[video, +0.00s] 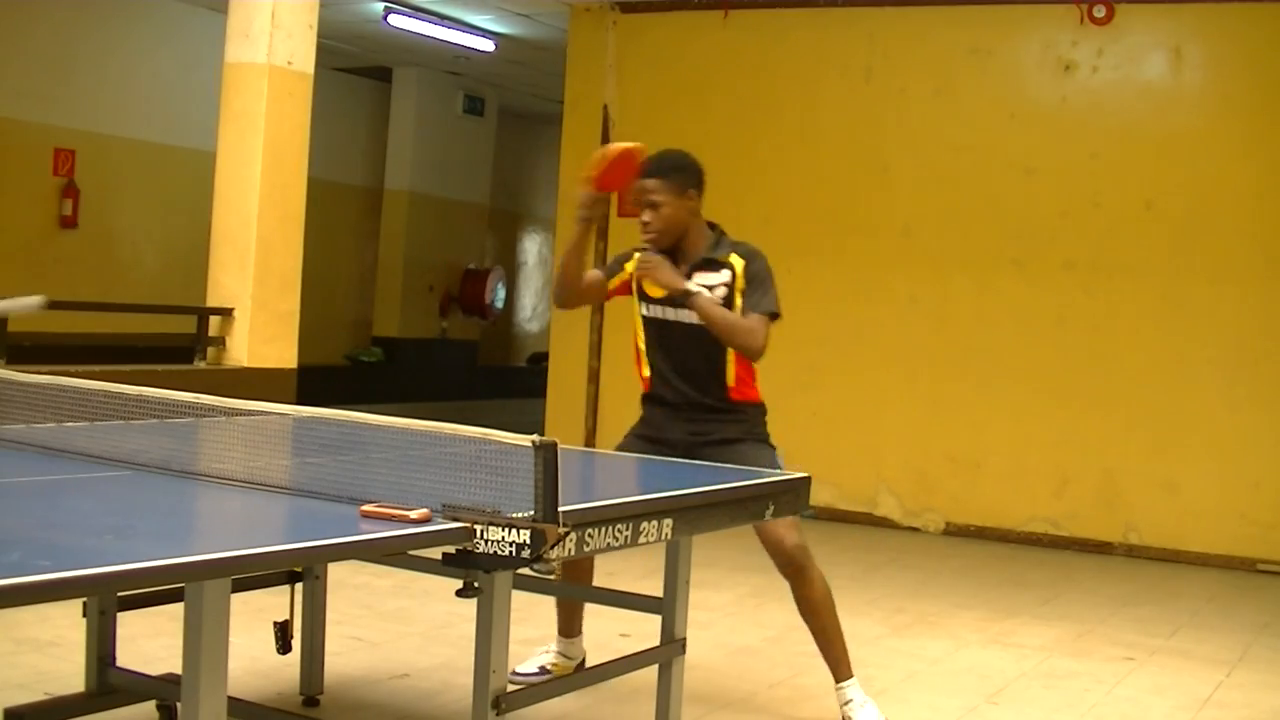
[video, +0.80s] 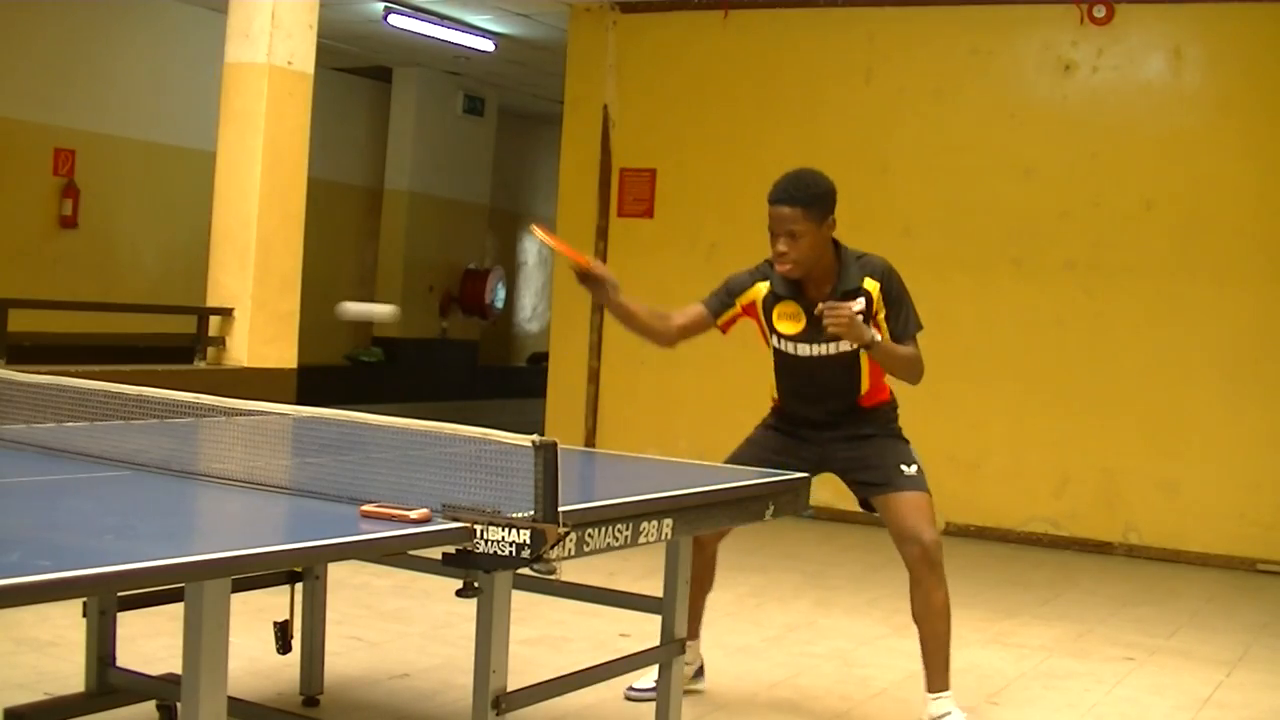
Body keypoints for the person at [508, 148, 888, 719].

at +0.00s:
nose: (642, 218)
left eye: (653, 205)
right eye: (637, 206)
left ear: (693, 202)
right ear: (636, 206)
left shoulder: (742, 262)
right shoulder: (643, 262)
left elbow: (754, 341)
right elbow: (569, 295)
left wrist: (682, 288)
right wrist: (584, 221)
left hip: (734, 435)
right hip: (657, 431)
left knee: (790, 547)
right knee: (575, 521)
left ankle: (849, 692)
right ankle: (567, 652)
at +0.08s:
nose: (682, 223)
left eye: (695, 212)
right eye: (676, 211)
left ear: (727, 211)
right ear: (670, 212)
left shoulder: (765, 275)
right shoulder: (662, 266)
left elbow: (775, 356)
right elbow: (601, 307)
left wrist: (717, 291)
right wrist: (633, 232)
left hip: (745, 438)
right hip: (666, 434)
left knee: (811, 548)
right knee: (582, 525)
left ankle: (857, 693)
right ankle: (565, 653)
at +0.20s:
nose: (716, 210)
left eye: (730, 198)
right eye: (711, 197)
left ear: (764, 198)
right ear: (705, 199)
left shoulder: (806, 259)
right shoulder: (704, 257)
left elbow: (821, 352)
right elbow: (661, 358)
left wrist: (758, 301)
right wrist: (671, 298)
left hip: (796, 427)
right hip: (719, 424)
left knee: (845, 543)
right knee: (639, 522)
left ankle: (871, 691)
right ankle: (588, 650)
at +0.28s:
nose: (730, 212)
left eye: (744, 200)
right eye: (725, 199)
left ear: (778, 200)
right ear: (720, 201)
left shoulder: (825, 259)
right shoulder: (716, 272)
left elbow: (850, 353)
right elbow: (691, 378)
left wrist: (778, 314)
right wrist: (685, 347)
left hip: (825, 420)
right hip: (751, 419)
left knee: (872, 534)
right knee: (665, 520)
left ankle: (908, 680)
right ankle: (647, 657)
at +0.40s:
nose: (747, 256)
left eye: (760, 242)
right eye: (742, 242)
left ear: (796, 239)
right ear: (736, 241)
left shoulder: (848, 291)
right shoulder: (737, 314)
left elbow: (880, 385)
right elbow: (712, 414)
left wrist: (810, 355)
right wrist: (729, 430)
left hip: (862, 444)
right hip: (785, 443)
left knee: (916, 551)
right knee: (698, 538)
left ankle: (959, 699)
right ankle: (689, 666)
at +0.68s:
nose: (778, 277)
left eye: (790, 265)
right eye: (772, 264)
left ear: (827, 257)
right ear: (766, 257)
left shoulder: (876, 298)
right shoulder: (760, 313)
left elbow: (918, 387)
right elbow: (690, 376)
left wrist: (866, 368)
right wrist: (679, 386)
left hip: (883, 442)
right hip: (804, 442)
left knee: (927, 551)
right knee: (719, 539)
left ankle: (961, 702)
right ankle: (692, 667)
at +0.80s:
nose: (778, 248)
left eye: (791, 236)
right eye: (773, 234)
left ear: (828, 228)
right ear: (767, 229)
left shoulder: (875, 280)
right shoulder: (757, 284)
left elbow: (913, 370)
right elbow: (668, 328)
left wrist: (869, 337)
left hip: (868, 431)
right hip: (789, 429)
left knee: (924, 546)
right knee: (698, 523)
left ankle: (940, 702)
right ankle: (683, 657)